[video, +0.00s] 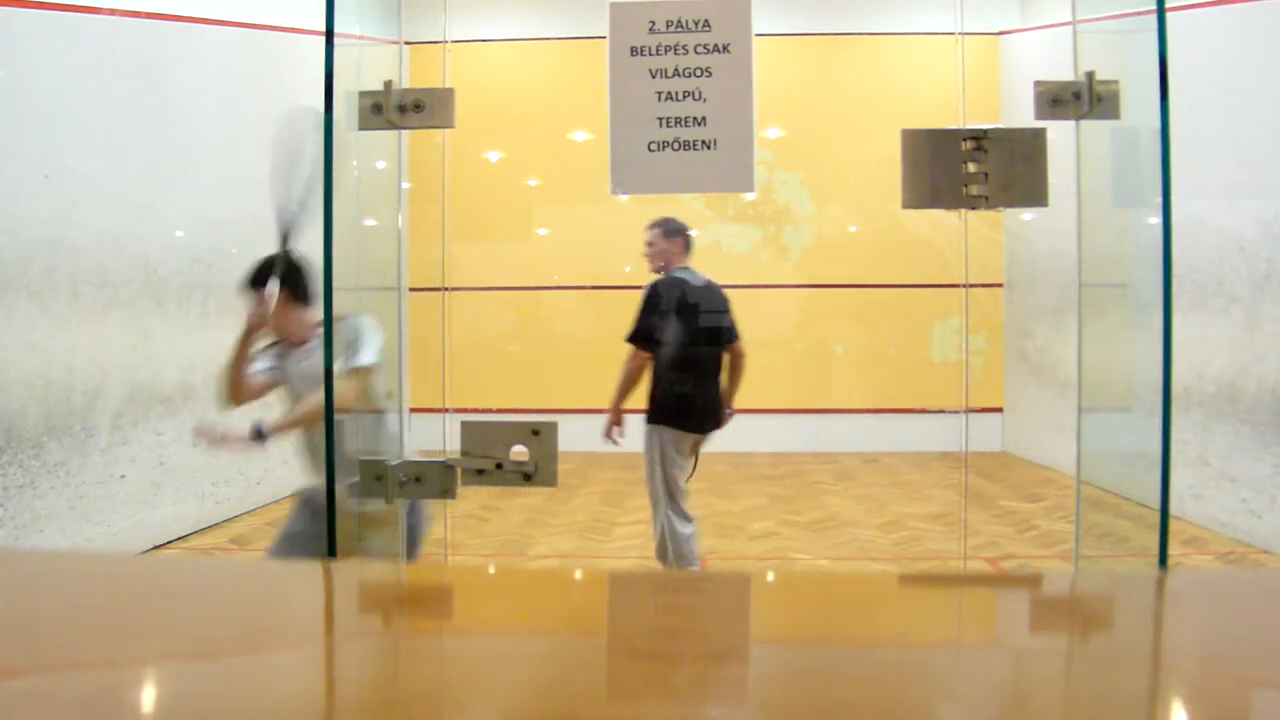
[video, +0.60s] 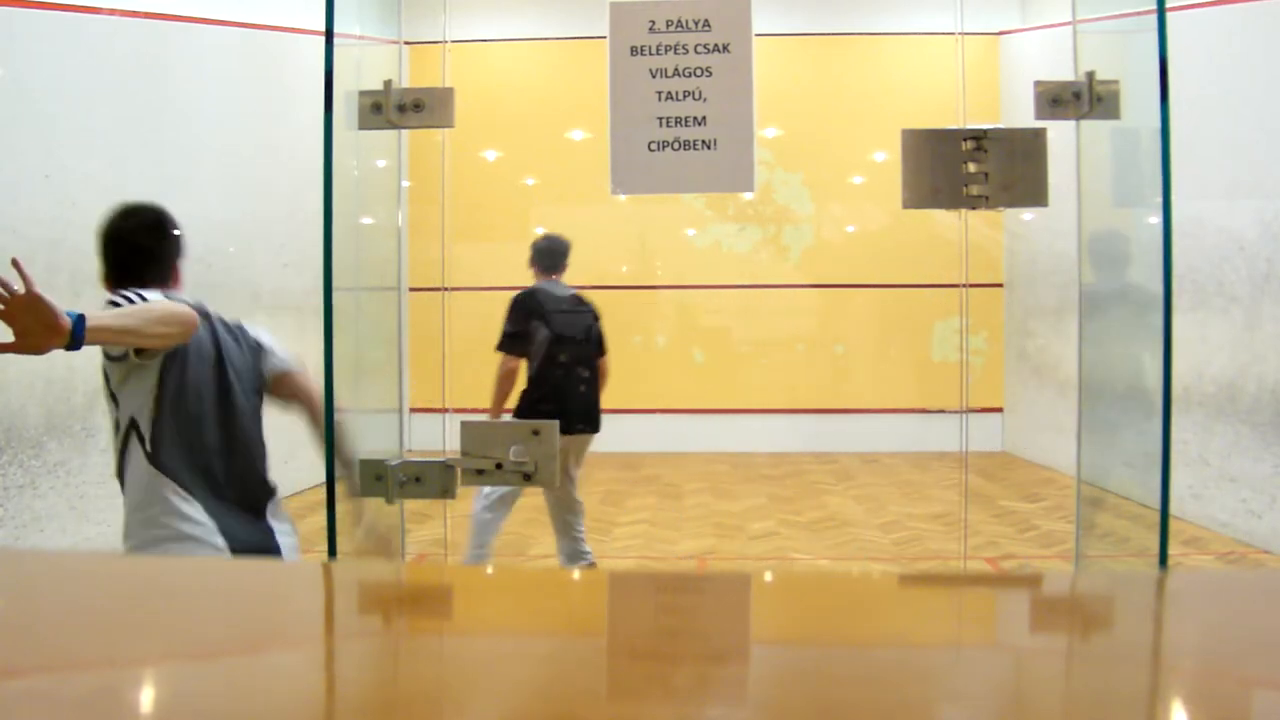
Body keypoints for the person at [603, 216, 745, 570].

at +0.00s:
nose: (647, 254)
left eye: (652, 246)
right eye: (647, 247)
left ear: (677, 245)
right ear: (681, 247)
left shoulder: (662, 291)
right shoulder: (713, 292)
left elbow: (641, 355)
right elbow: (736, 353)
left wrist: (616, 407)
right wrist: (726, 400)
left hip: (669, 409)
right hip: (706, 410)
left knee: (670, 497)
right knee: (671, 492)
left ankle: (687, 577)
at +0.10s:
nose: (623, 258)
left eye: (628, 251)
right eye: (622, 251)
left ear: (652, 250)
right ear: (654, 252)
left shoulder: (636, 293)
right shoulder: (688, 295)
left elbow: (615, 357)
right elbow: (715, 355)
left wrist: (591, 404)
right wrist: (710, 406)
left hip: (646, 411)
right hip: (679, 413)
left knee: (658, 499)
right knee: (633, 489)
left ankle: (682, 574)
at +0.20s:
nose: (599, 263)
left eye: (604, 256)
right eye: (600, 256)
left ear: (629, 258)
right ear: (631, 260)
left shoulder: (613, 300)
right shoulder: (665, 303)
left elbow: (588, 365)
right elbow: (692, 362)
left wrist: (570, 405)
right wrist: (688, 409)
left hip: (621, 420)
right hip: (653, 420)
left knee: (638, 508)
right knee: (605, 500)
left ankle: (682, 576)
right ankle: (581, 566)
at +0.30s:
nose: (581, 263)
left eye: (583, 256)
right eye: (582, 256)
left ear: (597, 258)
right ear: (615, 260)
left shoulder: (590, 301)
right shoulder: (643, 304)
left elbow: (568, 363)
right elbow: (665, 361)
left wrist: (555, 403)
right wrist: (661, 406)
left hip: (595, 416)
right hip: (630, 417)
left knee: (586, 503)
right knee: (586, 498)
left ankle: (658, 562)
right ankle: (578, 571)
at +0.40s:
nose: (567, 258)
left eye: (568, 253)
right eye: (570, 252)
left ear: (571, 255)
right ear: (602, 256)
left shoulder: (569, 297)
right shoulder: (623, 300)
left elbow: (548, 357)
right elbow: (641, 357)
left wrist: (539, 400)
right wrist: (635, 398)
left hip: (574, 412)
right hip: (614, 413)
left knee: (543, 488)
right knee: (583, 493)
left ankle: (607, 550)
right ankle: (576, 568)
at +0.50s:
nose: (549, 258)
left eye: (550, 253)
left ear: (552, 255)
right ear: (584, 255)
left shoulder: (547, 297)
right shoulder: (604, 299)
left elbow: (530, 359)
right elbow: (621, 358)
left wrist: (518, 403)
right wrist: (608, 397)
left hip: (556, 409)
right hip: (597, 409)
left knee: (514, 479)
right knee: (578, 483)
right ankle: (582, 560)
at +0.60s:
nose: (529, 266)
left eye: (530, 262)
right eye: (534, 262)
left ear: (533, 264)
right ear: (564, 265)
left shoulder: (527, 301)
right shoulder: (584, 305)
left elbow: (510, 366)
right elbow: (602, 369)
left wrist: (494, 416)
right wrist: (586, 402)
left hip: (539, 416)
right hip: (583, 416)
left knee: (499, 487)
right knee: (563, 489)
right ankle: (579, 563)